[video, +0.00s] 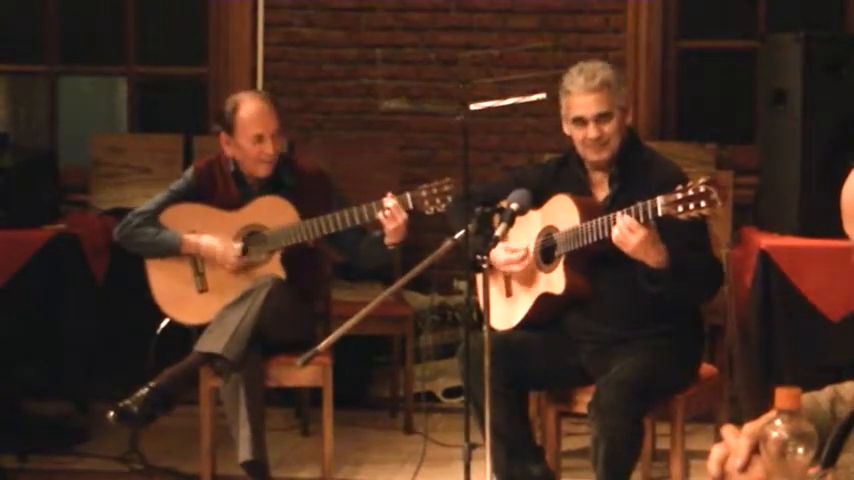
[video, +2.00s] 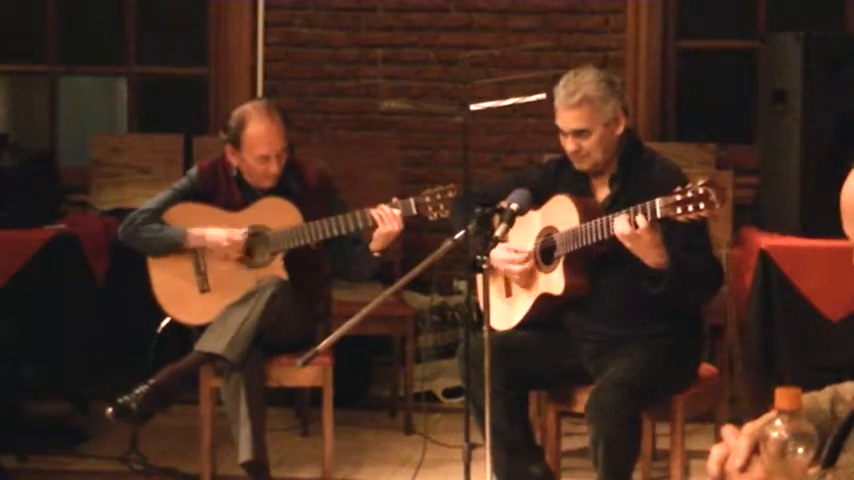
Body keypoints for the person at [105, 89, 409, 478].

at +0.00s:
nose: (271, 149)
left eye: (275, 137)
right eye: (258, 140)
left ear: (283, 134)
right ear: (228, 143)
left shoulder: (306, 181)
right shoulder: (207, 178)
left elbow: (353, 249)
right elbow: (129, 231)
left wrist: (388, 242)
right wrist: (198, 244)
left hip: (294, 314)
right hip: (228, 312)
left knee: (269, 290)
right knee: (241, 352)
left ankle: (167, 384)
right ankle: (254, 468)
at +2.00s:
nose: (275, 168)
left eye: (281, 156)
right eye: (262, 159)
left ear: (288, 145)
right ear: (233, 155)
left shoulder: (307, 183)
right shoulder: (210, 178)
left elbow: (344, 262)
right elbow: (132, 229)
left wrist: (377, 249)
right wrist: (203, 238)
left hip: (296, 314)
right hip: (228, 309)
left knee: (271, 290)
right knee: (244, 351)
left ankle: (168, 381)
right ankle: (255, 467)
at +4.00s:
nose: (281, 156)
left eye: (285, 144)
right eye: (269, 147)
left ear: (292, 138)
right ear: (238, 146)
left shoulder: (313, 181)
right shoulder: (212, 176)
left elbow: (339, 266)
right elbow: (135, 228)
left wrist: (348, 257)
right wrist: (203, 247)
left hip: (297, 314)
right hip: (228, 309)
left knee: (269, 288)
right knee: (244, 354)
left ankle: (169, 383)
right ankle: (253, 467)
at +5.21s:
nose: (265, 157)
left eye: (271, 143)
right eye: (251, 145)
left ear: (278, 135)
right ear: (214, 141)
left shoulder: (296, 190)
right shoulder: (182, 177)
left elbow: (321, 286)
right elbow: (92, 233)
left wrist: (348, 276)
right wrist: (175, 249)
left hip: (278, 338)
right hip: (198, 328)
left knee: (246, 306)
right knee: (217, 390)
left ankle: (130, 416)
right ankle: (218, 475)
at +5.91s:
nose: (228, 137)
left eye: (235, 121)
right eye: (211, 124)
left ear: (243, 118)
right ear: (173, 130)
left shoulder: (274, 189)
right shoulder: (143, 176)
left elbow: (299, 305)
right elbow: (43, 245)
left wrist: (322, 287)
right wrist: (138, 260)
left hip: (253, 360)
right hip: (160, 354)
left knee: (219, 326)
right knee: (184, 412)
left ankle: (83, 447)